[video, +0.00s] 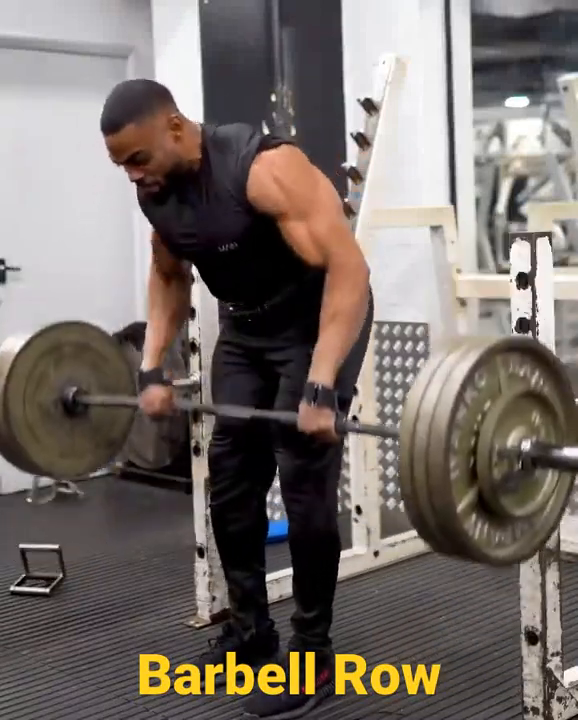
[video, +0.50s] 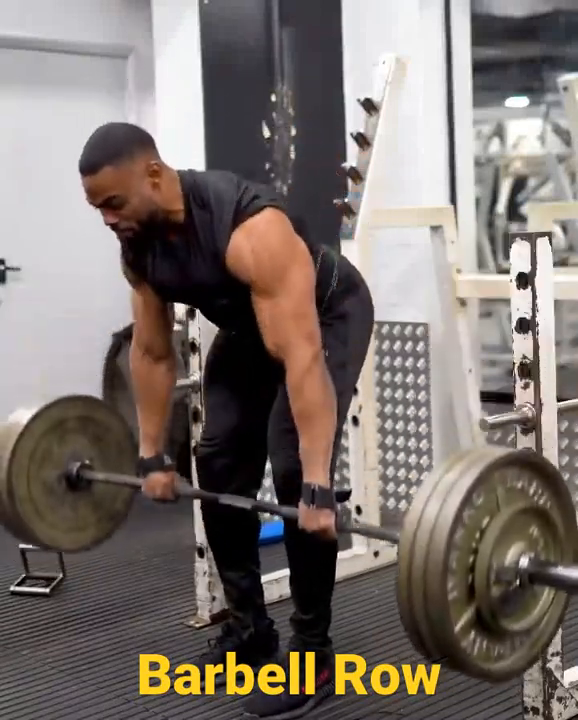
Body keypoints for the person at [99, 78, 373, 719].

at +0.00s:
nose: (133, 176)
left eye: (139, 159)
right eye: (124, 165)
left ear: (178, 128)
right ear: (120, 154)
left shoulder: (268, 167)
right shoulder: (158, 192)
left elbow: (350, 271)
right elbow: (169, 276)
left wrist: (320, 385)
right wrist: (153, 367)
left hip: (316, 331)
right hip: (245, 338)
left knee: (305, 488)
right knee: (230, 484)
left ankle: (311, 649)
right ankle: (250, 628)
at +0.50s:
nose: (108, 220)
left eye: (114, 204)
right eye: (99, 209)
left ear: (155, 174)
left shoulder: (252, 230)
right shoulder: (141, 244)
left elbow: (304, 356)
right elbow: (151, 352)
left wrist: (317, 484)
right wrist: (152, 454)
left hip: (326, 312)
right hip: (248, 324)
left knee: (293, 465)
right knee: (218, 468)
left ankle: (310, 648)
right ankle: (248, 626)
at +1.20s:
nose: (113, 172)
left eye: (118, 156)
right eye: (105, 161)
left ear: (160, 127)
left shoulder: (251, 170)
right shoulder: (149, 193)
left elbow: (329, 277)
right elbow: (159, 292)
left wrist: (311, 400)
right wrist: (147, 386)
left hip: (318, 311)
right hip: (247, 319)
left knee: (305, 469)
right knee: (240, 468)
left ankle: (312, 648)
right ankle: (251, 624)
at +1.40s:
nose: (120, 145)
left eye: (125, 128)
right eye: (111, 134)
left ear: (168, 99)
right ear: (112, 122)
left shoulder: (255, 131)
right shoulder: (149, 159)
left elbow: (361, 204)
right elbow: (165, 225)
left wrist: (319, 306)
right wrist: (149, 297)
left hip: (303, 307)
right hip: (230, 311)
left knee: (299, 473)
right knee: (231, 475)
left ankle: (313, 647)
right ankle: (250, 627)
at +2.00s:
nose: (115, 186)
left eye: (119, 168)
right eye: (106, 175)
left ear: (160, 137)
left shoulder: (253, 176)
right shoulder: (147, 201)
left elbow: (332, 277)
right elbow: (158, 288)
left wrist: (307, 398)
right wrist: (142, 380)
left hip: (315, 321)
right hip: (241, 332)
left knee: (302, 475)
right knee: (226, 481)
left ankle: (311, 646)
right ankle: (248, 627)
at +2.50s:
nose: (94, 227)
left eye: (99, 209)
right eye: (84, 214)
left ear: (140, 178)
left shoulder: (241, 237)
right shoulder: (130, 256)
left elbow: (290, 363)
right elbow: (145, 362)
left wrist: (311, 491)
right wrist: (148, 466)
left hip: (318, 313)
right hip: (238, 326)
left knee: (291, 474)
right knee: (211, 474)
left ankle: (310, 648)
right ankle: (248, 628)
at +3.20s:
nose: (113, 154)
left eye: (121, 137)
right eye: (106, 142)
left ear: (166, 111)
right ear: (106, 134)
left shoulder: (251, 165)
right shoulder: (147, 188)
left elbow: (329, 269)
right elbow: (156, 285)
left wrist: (304, 392)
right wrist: (140, 376)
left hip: (305, 318)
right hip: (237, 324)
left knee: (296, 471)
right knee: (232, 468)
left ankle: (311, 649)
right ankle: (249, 625)